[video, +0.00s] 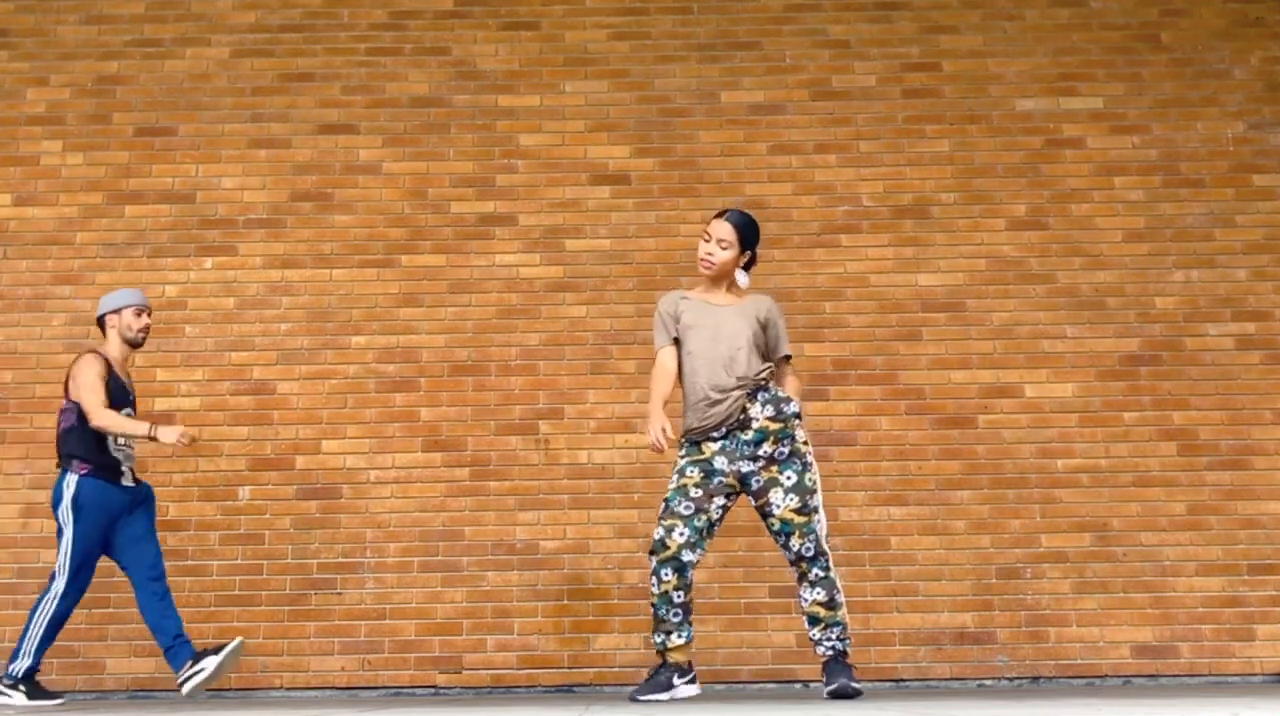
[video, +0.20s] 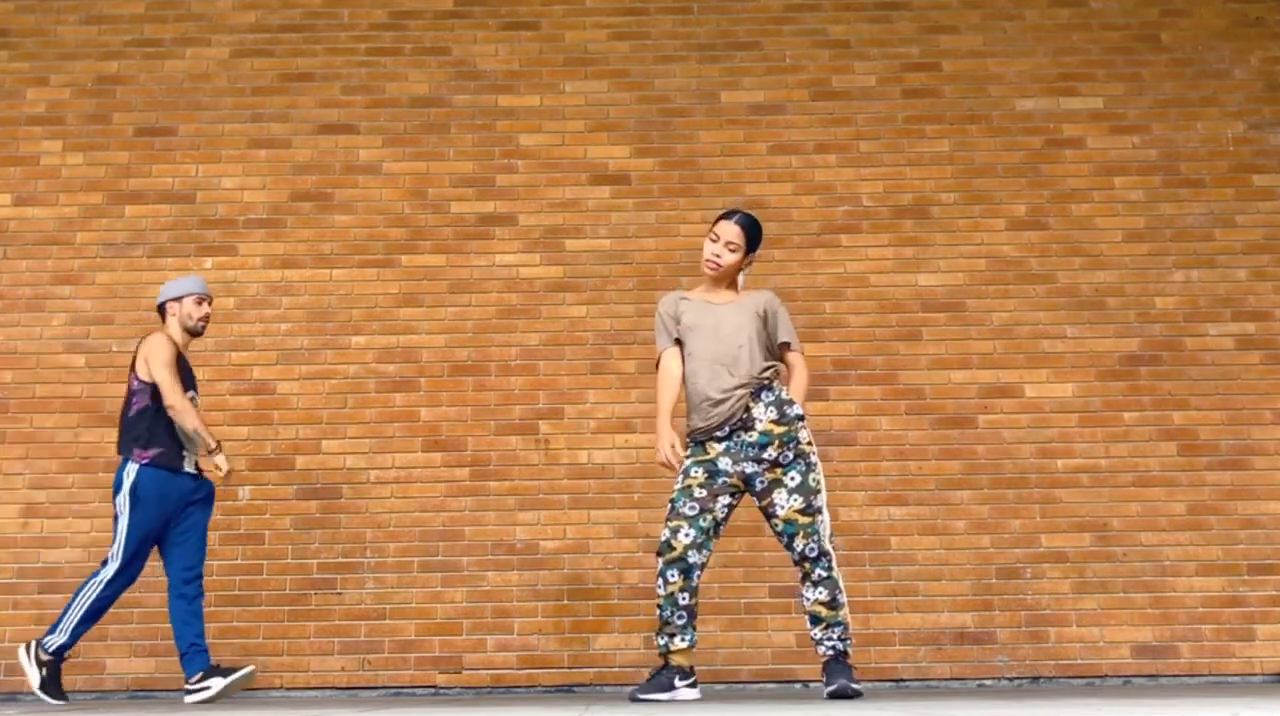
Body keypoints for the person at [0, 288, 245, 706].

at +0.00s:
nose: (146, 322)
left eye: (148, 316)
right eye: (138, 314)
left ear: (138, 325)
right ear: (111, 320)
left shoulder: (121, 381)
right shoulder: (90, 362)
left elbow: (109, 442)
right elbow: (97, 415)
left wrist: (129, 479)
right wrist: (154, 430)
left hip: (126, 495)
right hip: (86, 489)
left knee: (150, 579)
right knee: (67, 584)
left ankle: (187, 665)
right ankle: (16, 677)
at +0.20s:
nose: (207, 311)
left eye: (209, 304)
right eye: (199, 302)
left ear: (199, 313)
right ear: (171, 308)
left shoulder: (183, 362)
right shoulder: (157, 343)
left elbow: (181, 421)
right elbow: (175, 402)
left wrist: (203, 456)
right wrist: (210, 445)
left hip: (188, 484)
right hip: (149, 478)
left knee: (186, 581)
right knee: (119, 570)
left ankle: (199, 674)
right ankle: (46, 653)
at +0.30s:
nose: (236, 303)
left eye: (237, 296)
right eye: (227, 295)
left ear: (228, 306)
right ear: (200, 302)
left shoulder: (215, 357)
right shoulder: (186, 339)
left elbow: (213, 418)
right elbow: (202, 407)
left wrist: (230, 459)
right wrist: (229, 447)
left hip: (212, 479)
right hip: (178, 472)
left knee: (203, 580)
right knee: (152, 565)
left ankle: (202, 675)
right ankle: (90, 656)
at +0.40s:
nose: (262, 298)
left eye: (264, 291)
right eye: (254, 290)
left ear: (260, 301)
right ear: (227, 297)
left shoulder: (241, 357)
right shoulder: (210, 338)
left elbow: (233, 417)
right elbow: (222, 403)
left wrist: (255, 449)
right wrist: (258, 440)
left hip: (239, 476)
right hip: (203, 469)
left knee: (223, 575)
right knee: (196, 568)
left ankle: (207, 672)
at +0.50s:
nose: (285, 295)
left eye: (287, 289)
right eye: (275, 287)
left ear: (286, 299)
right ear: (249, 296)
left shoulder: (280, 363)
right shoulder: (227, 338)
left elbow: (275, 428)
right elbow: (230, 400)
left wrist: (280, 466)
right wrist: (282, 434)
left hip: (263, 470)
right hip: (225, 464)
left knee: (236, 564)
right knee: (248, 555)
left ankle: (205, 674)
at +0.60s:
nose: (306, 296)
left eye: (309, 290)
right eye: (297, 289)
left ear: (309, 298)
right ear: (271, 296)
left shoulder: (311, 363)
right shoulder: (246, 344)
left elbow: (309, 427)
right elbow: (238, 407)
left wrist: (310, 473)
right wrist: (294, 434)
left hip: (293, 473)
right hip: (254, 466)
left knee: (254, 579)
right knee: (293, 550)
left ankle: (208, 674)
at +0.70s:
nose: (328, 301)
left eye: (331, 294)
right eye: (318, 294)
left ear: (332, 302)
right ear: (293, 301)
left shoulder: (339, 366)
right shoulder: (268, 356)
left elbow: (343, 434)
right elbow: (267, 422)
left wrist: (342, 488)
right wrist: (289, 447)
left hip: (327, 479)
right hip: (288, 474)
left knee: (286, 582)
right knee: (336, 554)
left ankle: (217, 665)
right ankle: (381, 662)